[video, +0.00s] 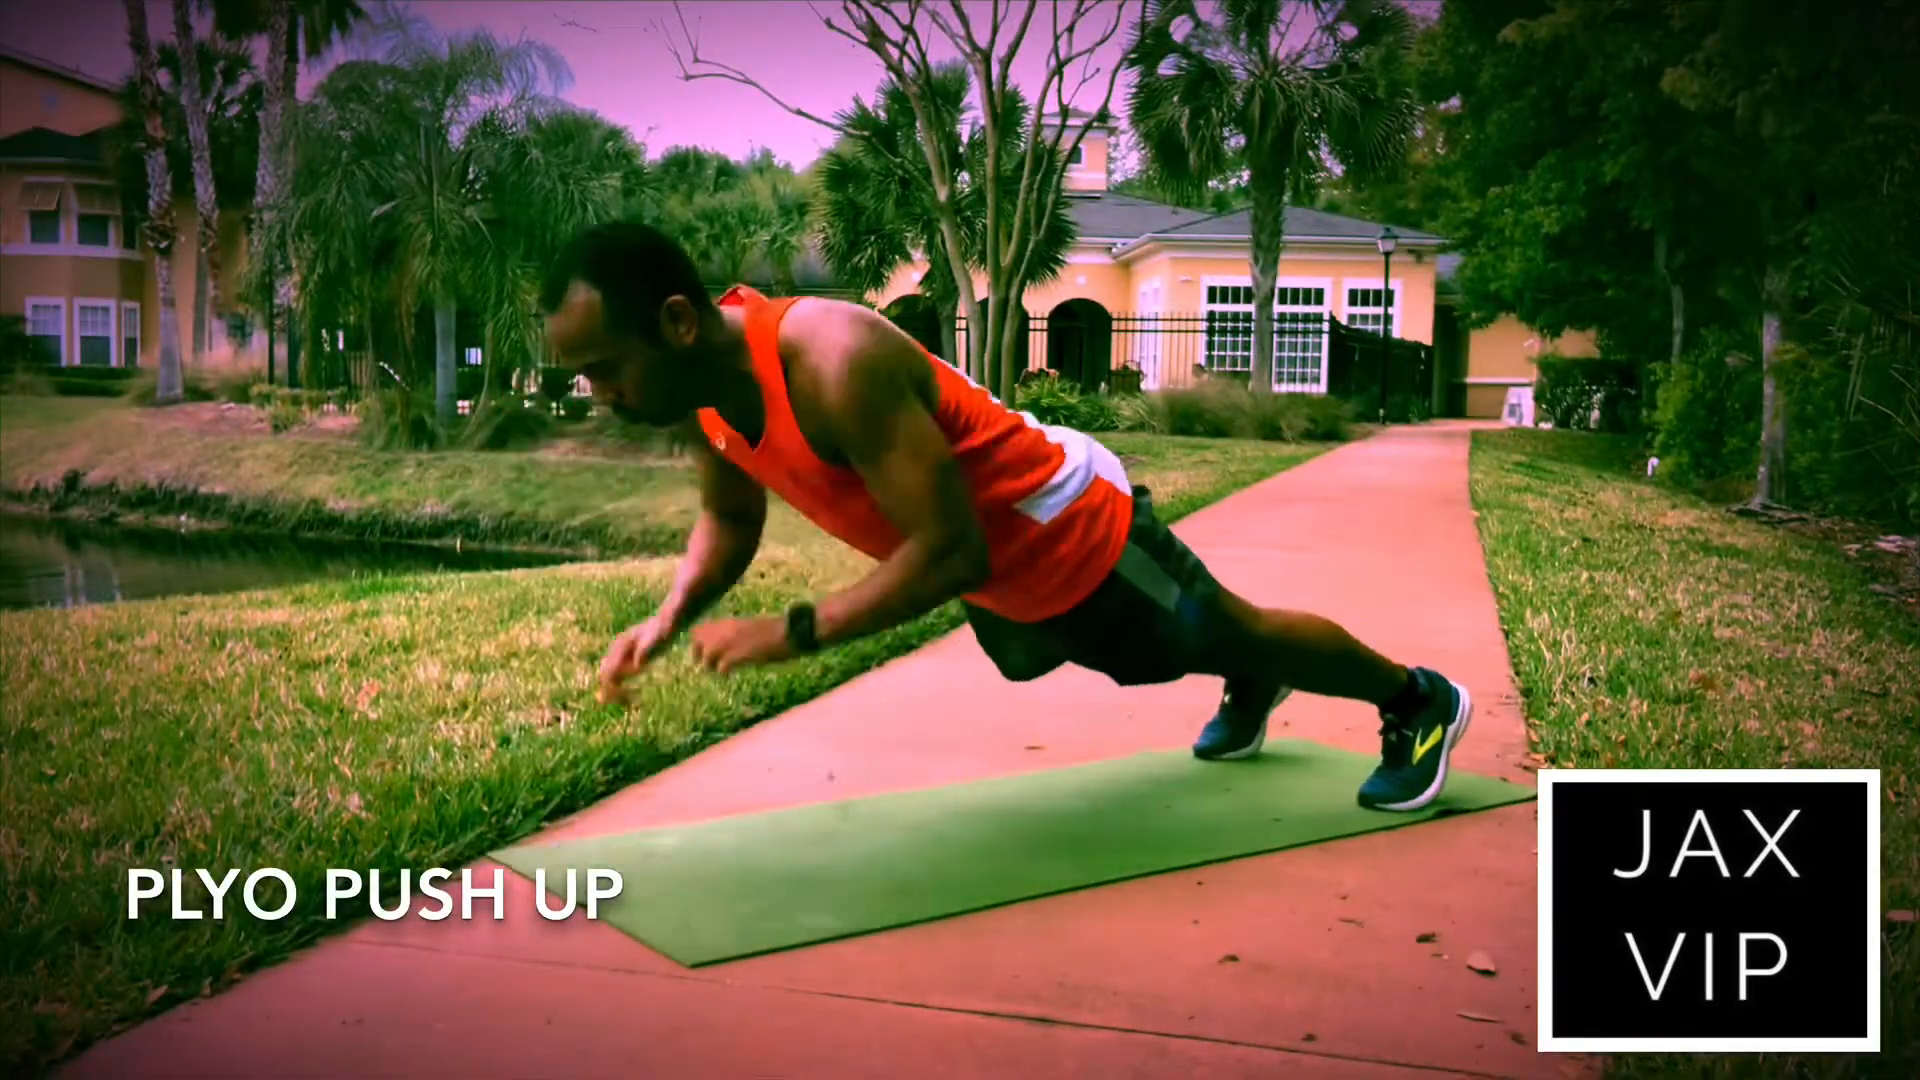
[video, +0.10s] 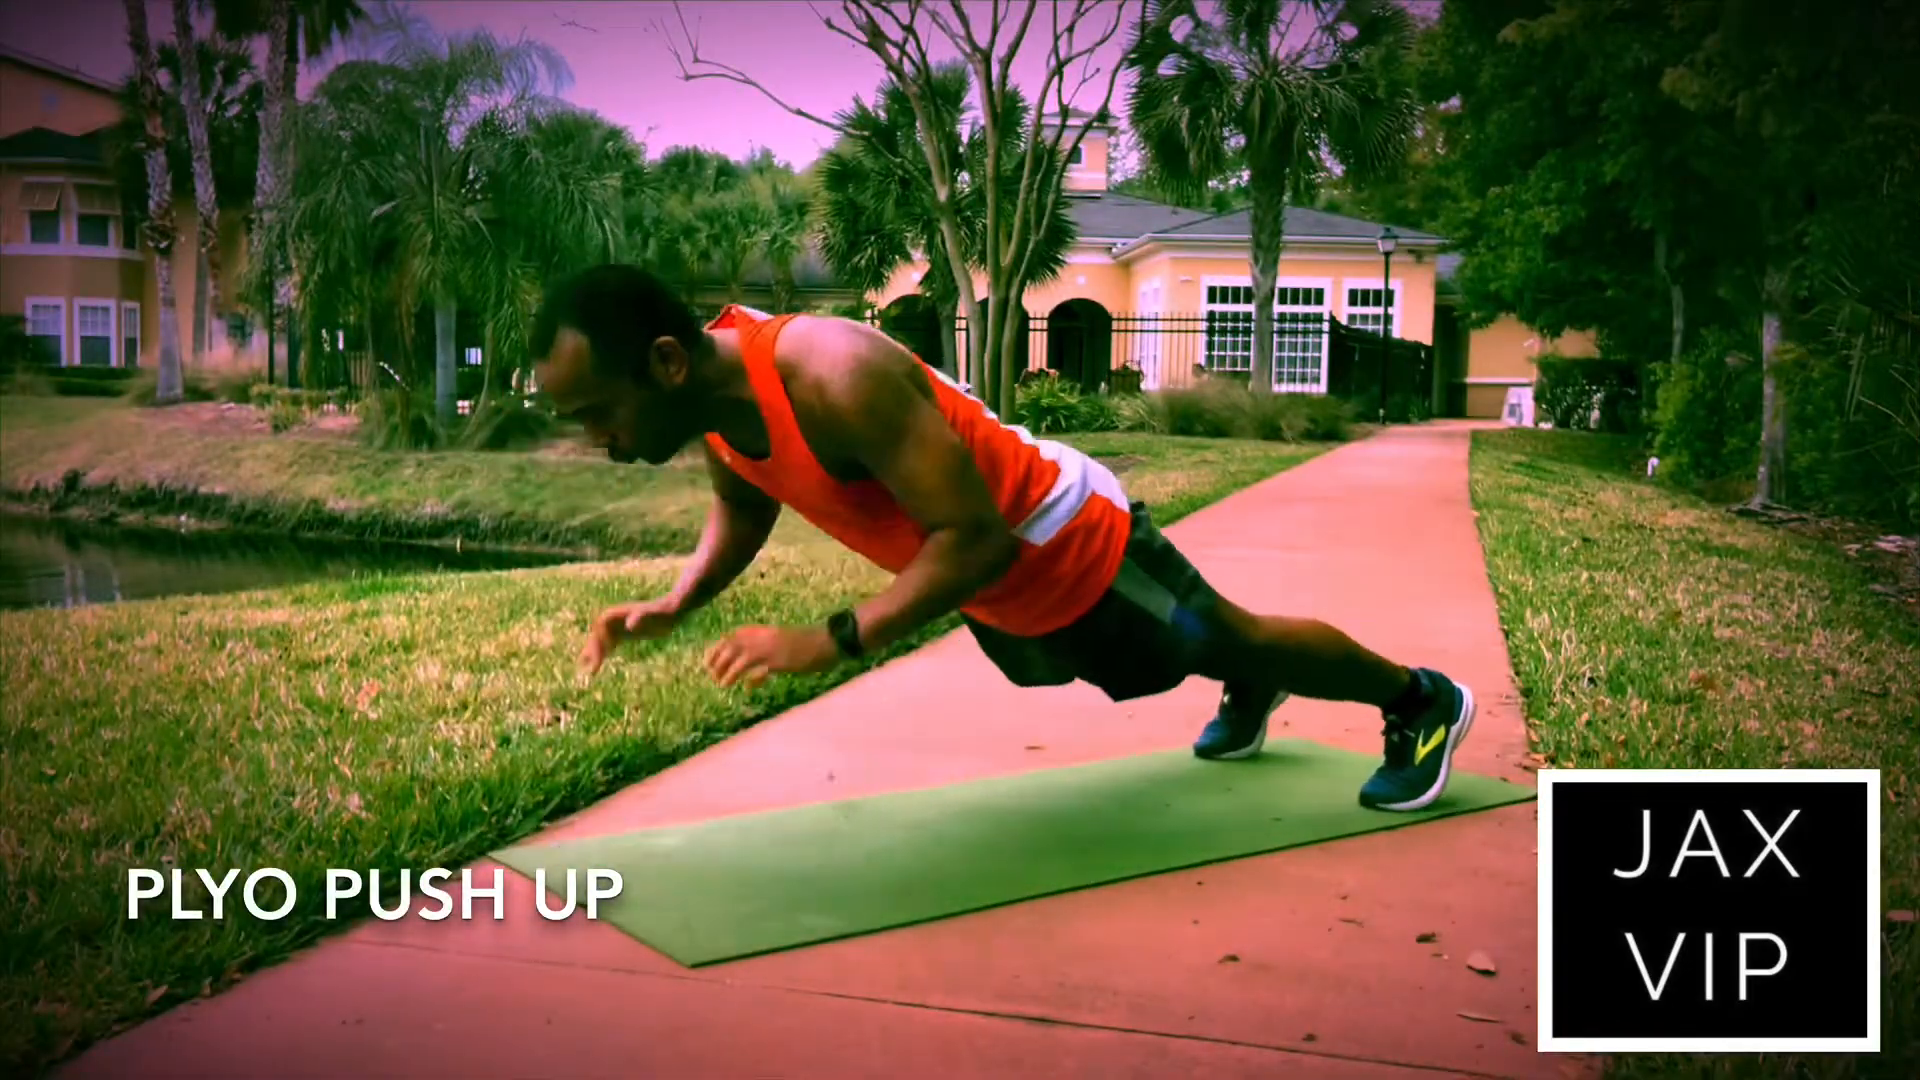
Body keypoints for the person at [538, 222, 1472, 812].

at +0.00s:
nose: (598, 395)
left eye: (599, 368)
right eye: (582, 379)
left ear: (674, 316)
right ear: (663, 324)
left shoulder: (839, 358)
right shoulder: (717, 394)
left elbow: (953, 550)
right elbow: (728, 516)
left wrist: (801, 630)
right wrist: (671, 609)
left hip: (1073, 523)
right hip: (993, 558)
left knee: (1233, 636)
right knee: (1117, 637)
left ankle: (1418, 697)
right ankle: (1251, 673)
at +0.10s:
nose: (591, 442)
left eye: (590, 413)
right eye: (573, 420)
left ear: (662, 360)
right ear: (653, 360)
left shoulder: (839, 373)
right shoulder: (716, 396)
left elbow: (977, 534)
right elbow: (750, 491)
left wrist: (841, 641)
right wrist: (686, 594)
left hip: (1068, 537)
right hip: (986, 572)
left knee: (1236, 637)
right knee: (1122, 653)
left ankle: (1420, 696)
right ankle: (1253, 675)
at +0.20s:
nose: (561, 514)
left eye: (558, 489)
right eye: (545, 497)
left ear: (630, 439)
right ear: (617, 438)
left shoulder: (805, 460)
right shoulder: (683, 468)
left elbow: (881, 682)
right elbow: (672, 635)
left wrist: (797, 862)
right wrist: (634, 786)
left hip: (1064, 570)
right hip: (992, 604)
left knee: (1245, 654)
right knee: (1139, 677)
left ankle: (1420, 696)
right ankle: (1257, 686)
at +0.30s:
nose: (516, 657)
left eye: (515, 634)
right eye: (500, 641)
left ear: (580, 576)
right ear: (570, 571)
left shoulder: (746, 562)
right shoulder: (639, 560)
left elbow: (896, 732)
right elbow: (693, 672)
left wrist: (818, 896)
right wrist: (656, 809)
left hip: (1039, 617)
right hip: (975, 635)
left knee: (1223, 685)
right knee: (1129, 723)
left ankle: (1411, 695)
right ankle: (1233, 708)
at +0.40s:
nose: (474, 748)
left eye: (472, 726)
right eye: (457, 732)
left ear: (543, 666)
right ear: (529, 657)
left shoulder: (706, 634)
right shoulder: (599, 617)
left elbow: (892, 745)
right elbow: (673, 685)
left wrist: (821, 900)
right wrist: (652, 800)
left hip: (1018, 687)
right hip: (950, 649)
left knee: (1205, 719)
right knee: (1094, 675)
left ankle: (1394, 693)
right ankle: (1218, 651)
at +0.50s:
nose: (450, 817)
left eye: (453, 795)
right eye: (435, 799)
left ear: (525, 736)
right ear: (515, 728)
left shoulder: (686, 702)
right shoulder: (575, 669)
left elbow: (887, 740)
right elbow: (677, 700)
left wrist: (818, 898)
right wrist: (649, 807)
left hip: (997, 730)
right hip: (916, 682)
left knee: (1196, 740)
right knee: (1059, 695)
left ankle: (1390, 691)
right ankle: (1210, 660)